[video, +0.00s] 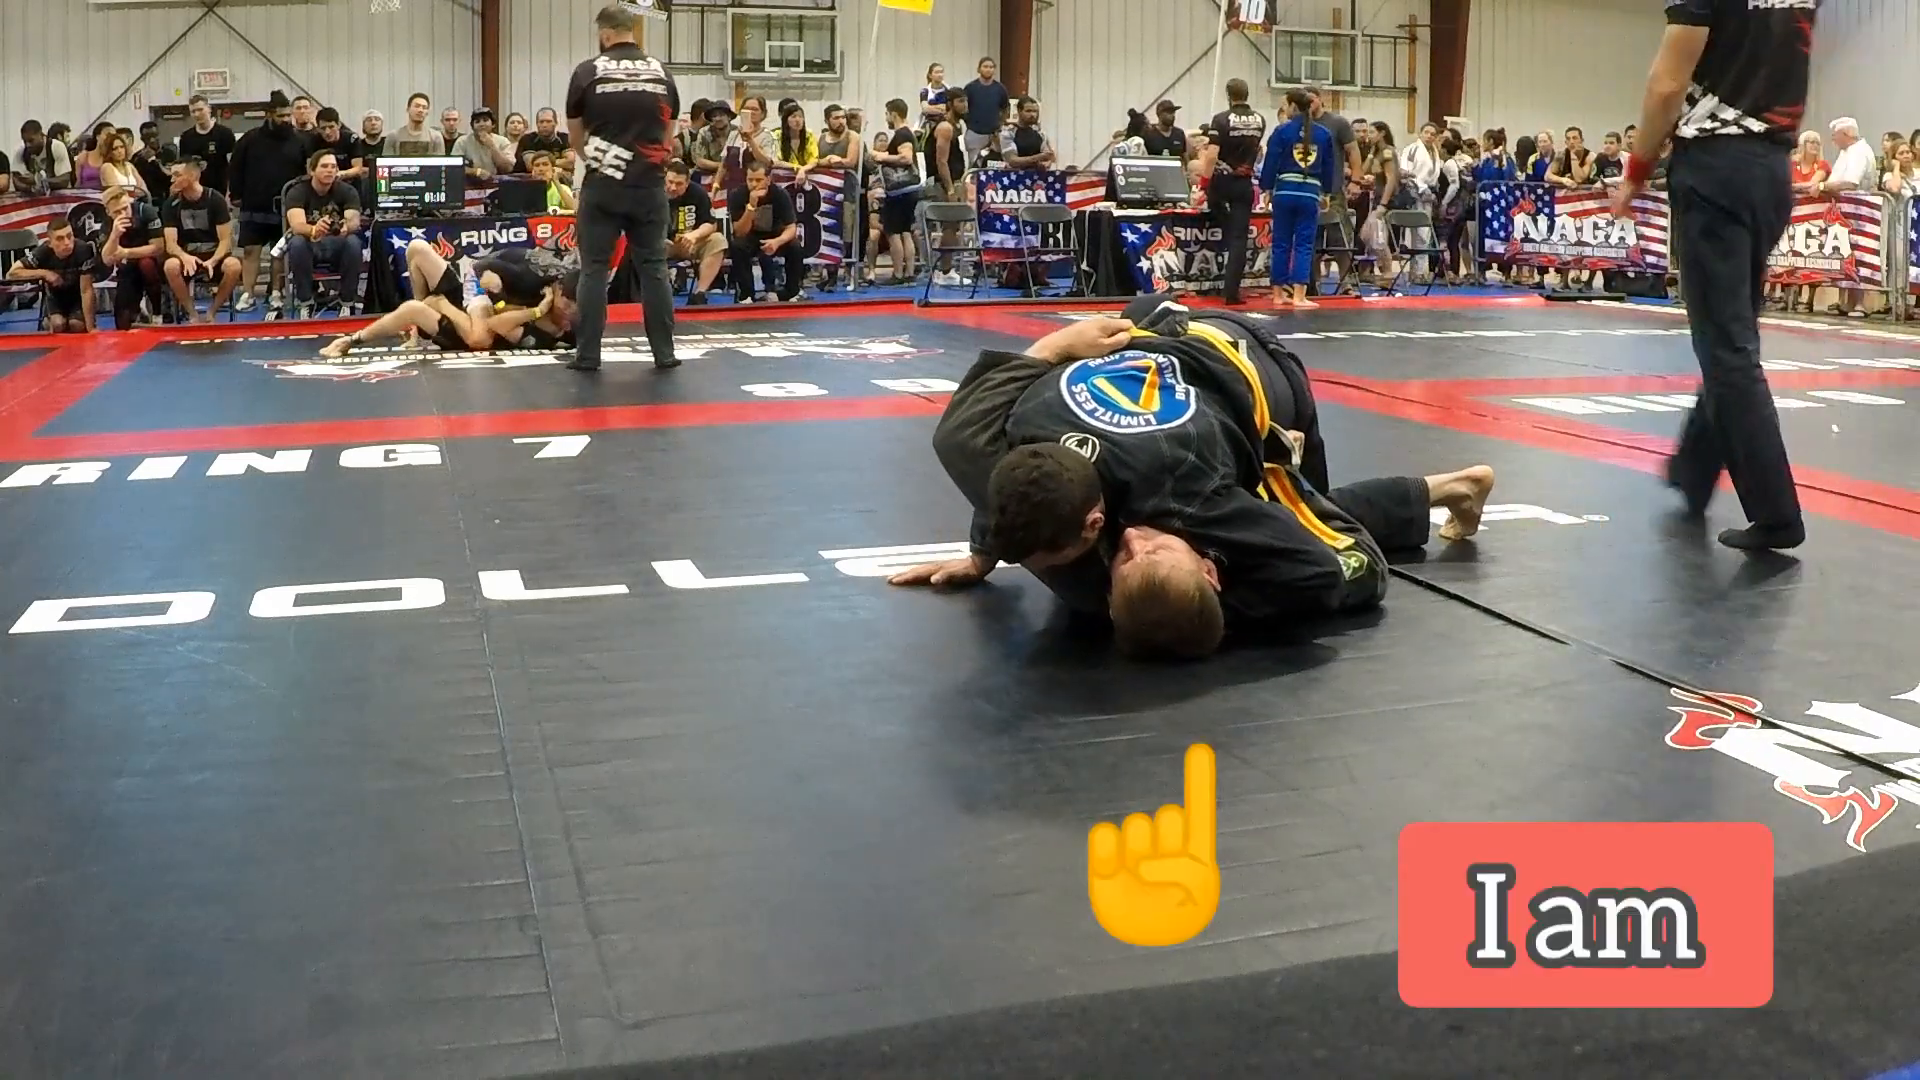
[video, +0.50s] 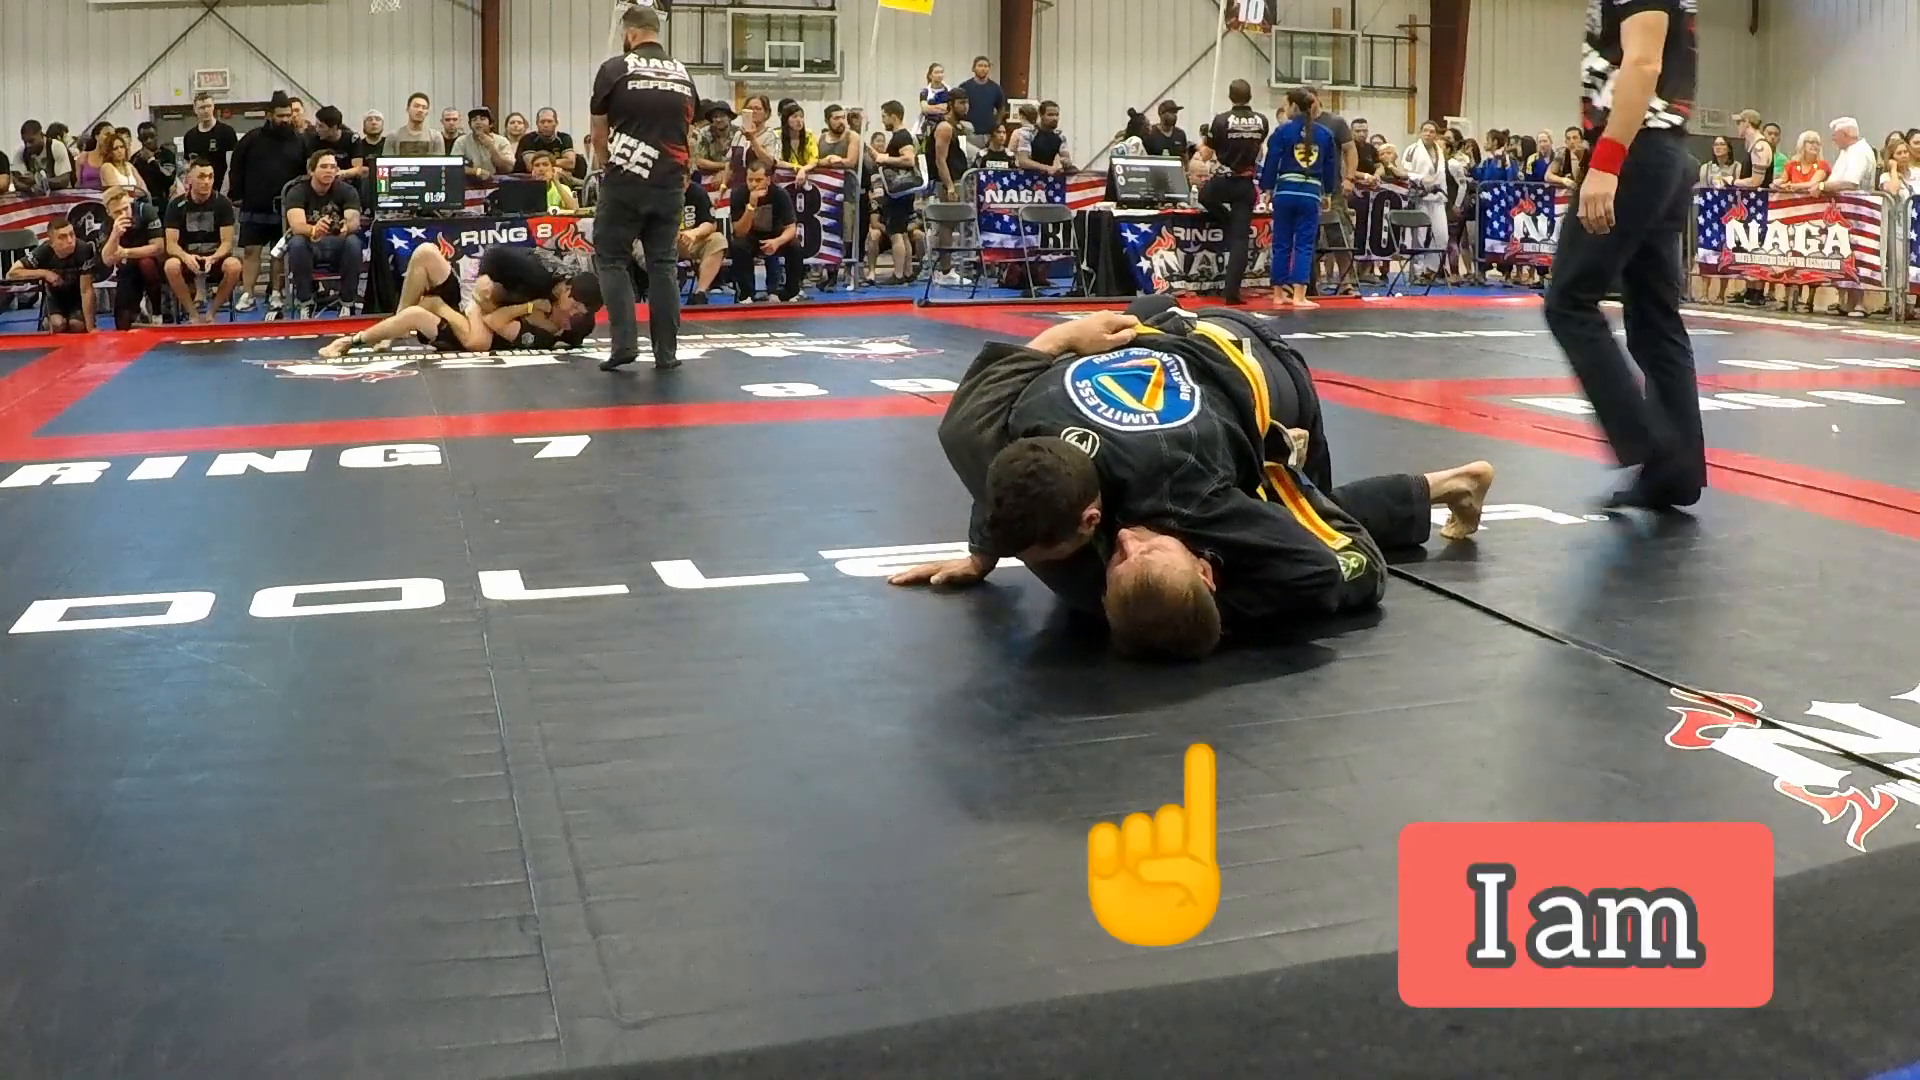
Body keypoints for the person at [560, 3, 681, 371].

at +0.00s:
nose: (599, 41)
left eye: (598, 37)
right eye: (601, 37)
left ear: (604, 35)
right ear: (633, 33)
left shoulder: (587, 71)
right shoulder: (660, 70)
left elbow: (576, 138)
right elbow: (669, 130)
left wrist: (599, 162)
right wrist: (650, 161)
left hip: (602, 186)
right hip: (649, 186)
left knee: (594, 269)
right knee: (654, 266)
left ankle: (588, 355)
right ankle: (665, 353)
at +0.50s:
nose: (622, 41)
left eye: (622, 37)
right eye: (624, 37)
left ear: (629, 35)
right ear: (657, 34)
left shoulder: (614, 68)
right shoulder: (682, 72)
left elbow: (599, 134)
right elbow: (687, 130)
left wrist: (604, 172)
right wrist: (680, 173)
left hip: (625, 182)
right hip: (671, 184)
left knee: (611, 257)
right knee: (663, 262)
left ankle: (624, 345)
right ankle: (666, 353)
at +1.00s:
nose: (598, 41)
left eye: (597, 37)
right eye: (600, 37)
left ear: (601, 34)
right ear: (632, 31)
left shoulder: (585, 76)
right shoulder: (662, 68)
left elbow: (582, 142)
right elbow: (676, 126)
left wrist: (605, 169)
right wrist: (663, 161)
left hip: (612, 187)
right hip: (659, 185)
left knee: (619, 268)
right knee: (660, 264)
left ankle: (629, 357)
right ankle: (665, 353)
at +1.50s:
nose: (601, 40)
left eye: (600, 36)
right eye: (603, 36)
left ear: (603, 34)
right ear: (637, 31)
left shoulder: (588, 73)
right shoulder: (666, 68)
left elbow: (584, 140)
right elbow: (678, 133)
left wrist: (611, 165)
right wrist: (658, 162)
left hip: (612, 184)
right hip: (660, 181)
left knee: (625, 268)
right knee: (670, 263)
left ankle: (630, 357)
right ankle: (685, 353)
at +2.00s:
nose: (617, 37)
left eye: (617, 32)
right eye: (618, 32)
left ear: (622, 30)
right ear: (652, 27)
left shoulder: (606, 71)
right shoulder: (683, 69)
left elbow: (598, 136)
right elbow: (691, 130)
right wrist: (671, 158)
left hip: (626, 183)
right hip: (673, 181)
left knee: (631, 267)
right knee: (677, 263)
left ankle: (631, 358)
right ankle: (686, 354)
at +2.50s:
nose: (625, 37)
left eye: (625, 32)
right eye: (627, 32)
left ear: (630, 31)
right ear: (660, 28)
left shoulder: (612, 70)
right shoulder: (689, 70)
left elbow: (603, 135)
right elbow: (697, 130)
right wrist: (681, 162)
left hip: (630, 182)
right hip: (677, 180)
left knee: (633, 267)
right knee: (677, 263)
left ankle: (632, 357)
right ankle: (686, 354)